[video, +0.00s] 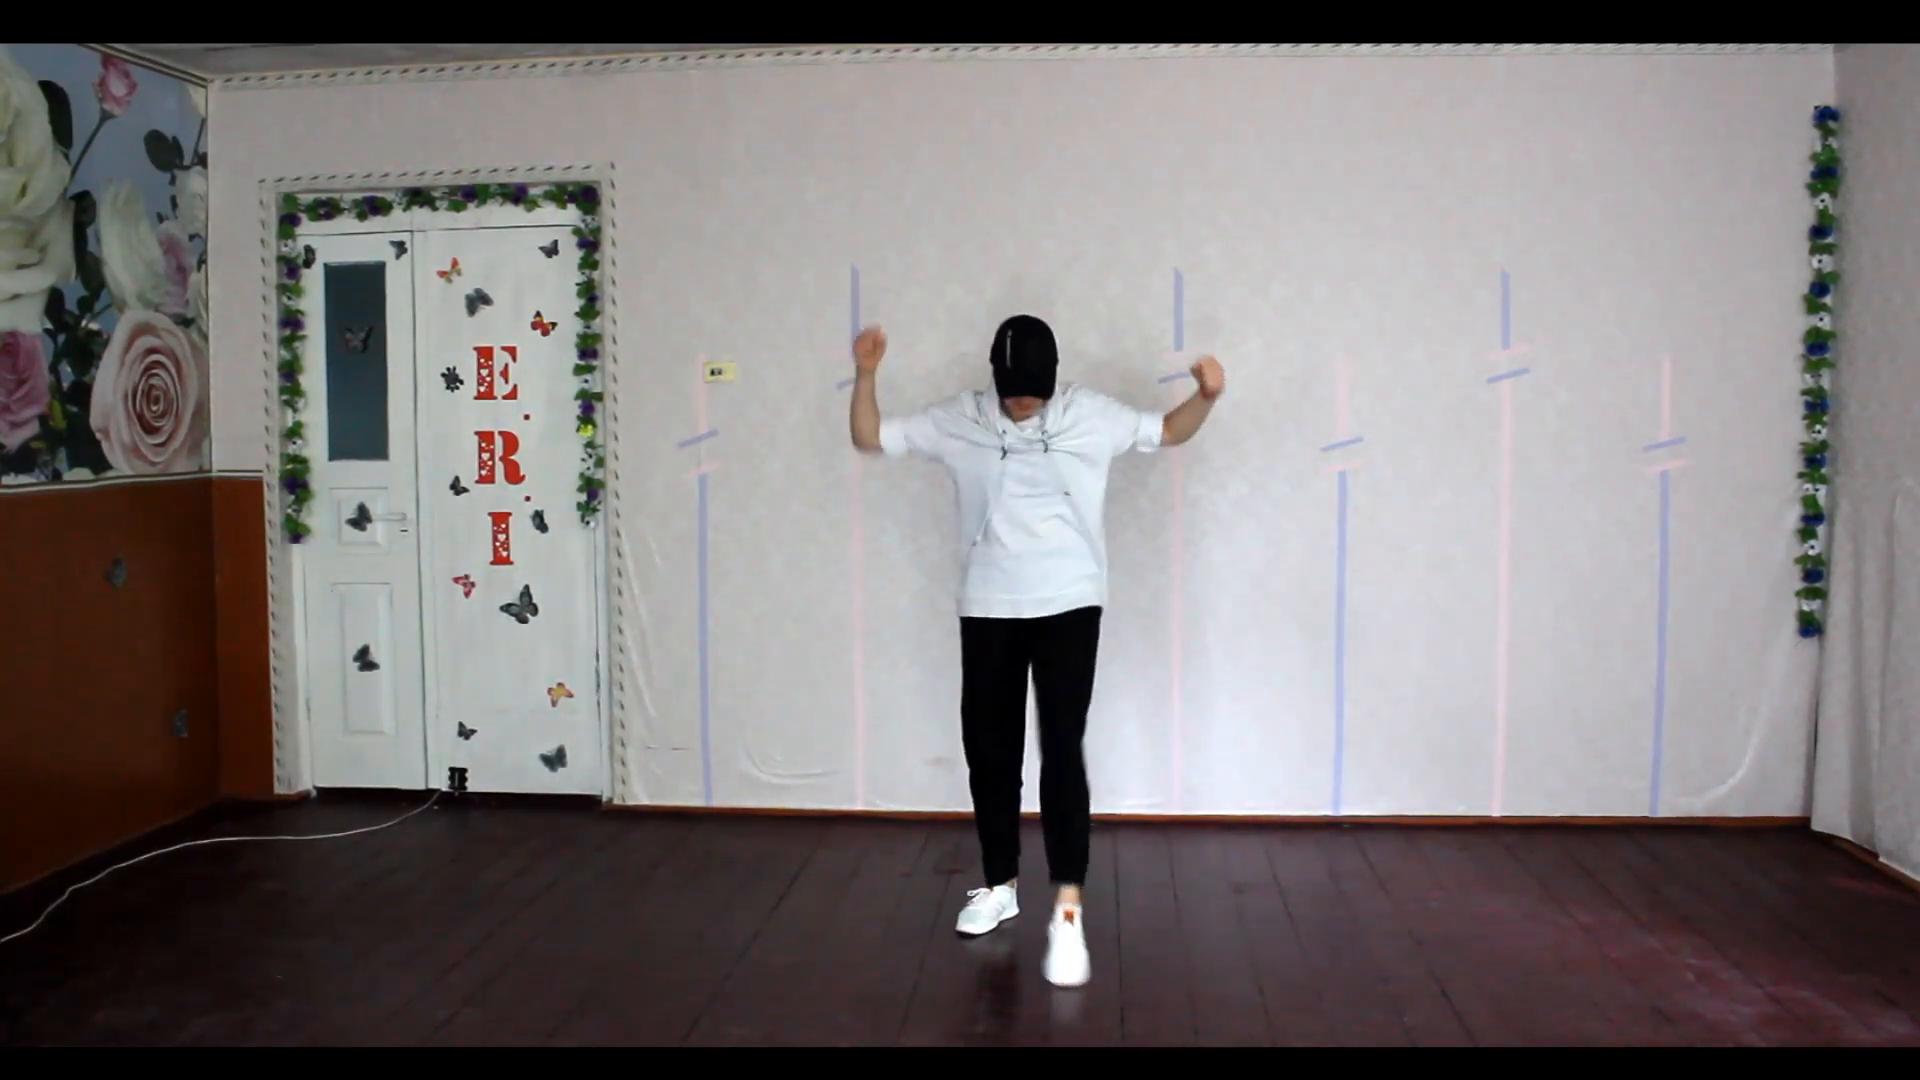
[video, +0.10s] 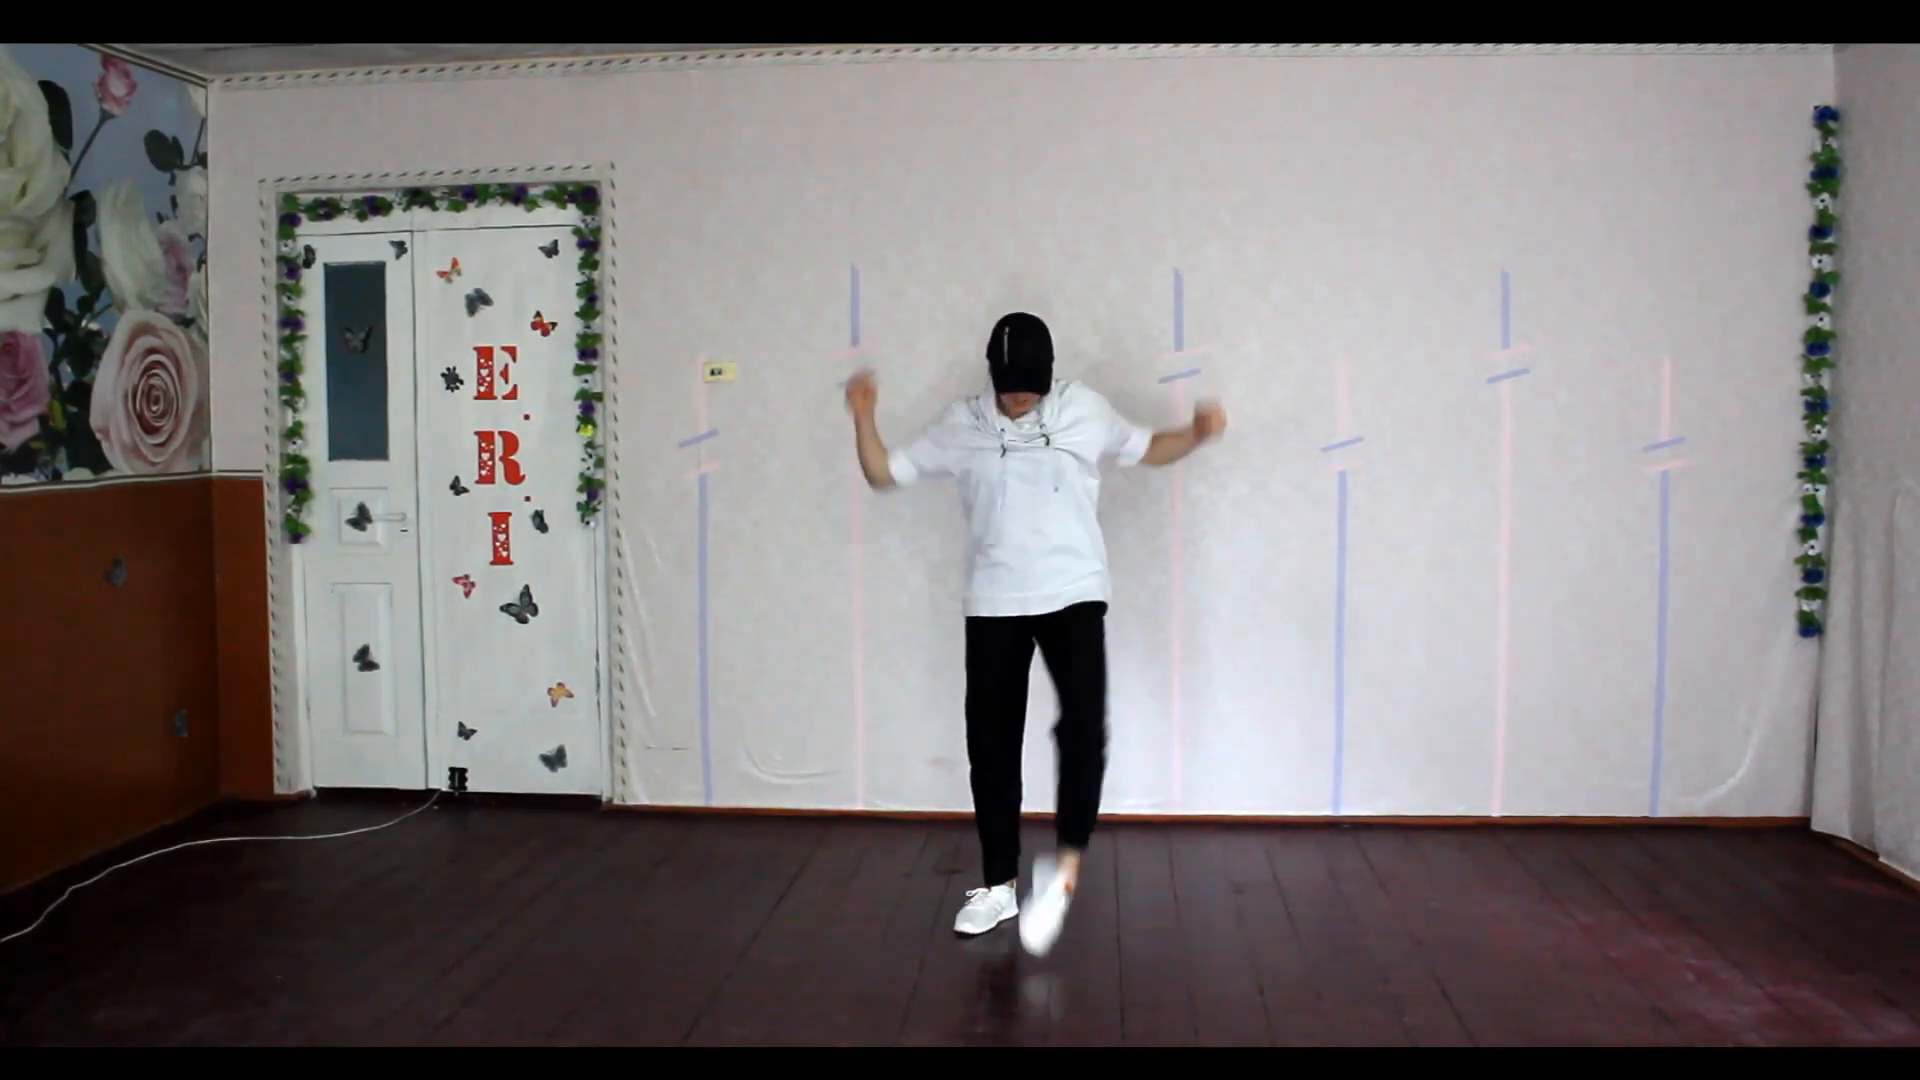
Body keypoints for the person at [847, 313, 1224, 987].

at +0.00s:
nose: (1020, 405)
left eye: (1031, 395)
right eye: (1010, 394)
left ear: (1052, 378)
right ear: (993, 377)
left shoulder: (1091, 416)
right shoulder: (962, 418)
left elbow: (1167, 431)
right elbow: (868, 436)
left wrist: (1206, 396)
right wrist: (866, 373)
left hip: (1068, 610)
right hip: (988, 612)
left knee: (1062, 755)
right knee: (990, 758)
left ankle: (1068, 909)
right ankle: (999, 887)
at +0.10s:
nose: (1013, 399)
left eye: (1024, 389)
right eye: (1004, 388)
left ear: (1047, 375)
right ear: (989, 373)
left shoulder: (1082, 411)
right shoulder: (966, 421)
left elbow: (1145, 448)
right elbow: (884, 474)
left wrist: (1196, 434)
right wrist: (863, 417)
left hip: (1073, 599)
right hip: (995, 605)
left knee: (1083, 730)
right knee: (991, 743)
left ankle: (1067, 868)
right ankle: (999, 885)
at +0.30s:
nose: (1020, 396)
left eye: (1032, 385)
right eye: (1011, 384)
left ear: (1053, 373)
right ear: (997, 372)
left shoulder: (1082, 402)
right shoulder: (976, 435)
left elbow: (1111, 476)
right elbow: (961, 517)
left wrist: (1136, 537)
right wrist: (926, 572)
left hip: (1091, 592)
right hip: (1013, 605)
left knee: (1157, 695)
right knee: (1003, 750)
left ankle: (1127, 797)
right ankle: (1000, 886)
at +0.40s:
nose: (1055, 400)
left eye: (1065, 390)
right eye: (1045, 389)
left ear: (1078, 375)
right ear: (1023, 370)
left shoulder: (1098, 410)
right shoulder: (992, 435)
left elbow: (1122, 491)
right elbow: (984, 533)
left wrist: (1124, 564)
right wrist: (984, 619)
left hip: (1104, 601)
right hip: (1028, 612)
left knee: (1189, 711)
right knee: (1015, 755)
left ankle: (1199, 838)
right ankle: (1002, 887)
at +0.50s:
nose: (1081, 400)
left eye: (1090, 389)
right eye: (1070, 390)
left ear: (1102, 375)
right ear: (1047, 373)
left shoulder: (1113, 419)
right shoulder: (1012, 437)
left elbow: (1136, 502)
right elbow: (999, 542)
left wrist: (1141, 580)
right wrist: (1005, 632)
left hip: (1123, 611)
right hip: (1044, 619)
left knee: (1186, 743)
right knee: (1024, 761)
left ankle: (1236, 879)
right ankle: (1002, 888)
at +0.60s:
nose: (1121, 406)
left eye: (1130, 395)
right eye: (1110, 395)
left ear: (1142, 384)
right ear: (1088, 382)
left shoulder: (1152, 440)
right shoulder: (1051, 441)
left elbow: (1172, 523)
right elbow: (1026, 537)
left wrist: (1177, 594)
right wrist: (998, 625)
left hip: (1146, 623)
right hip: (1068, 624)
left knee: (1182, 757)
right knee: (1034, 759)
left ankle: (1223, 889)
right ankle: (1002, 887)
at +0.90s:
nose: (1126, 453)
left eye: (1136, 443)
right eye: (1116, 442)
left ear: (1155, 424)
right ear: (1099, 423)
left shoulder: (1191, 460)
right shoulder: (1064, 455)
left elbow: (1248, 523)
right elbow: (975, 493)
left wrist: (1221, 591)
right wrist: (990, 548)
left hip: (1153, 634)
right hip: (1066, 628)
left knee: (1209, 761)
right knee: (986, 740)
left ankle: (1226, 892)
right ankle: (967, 874)